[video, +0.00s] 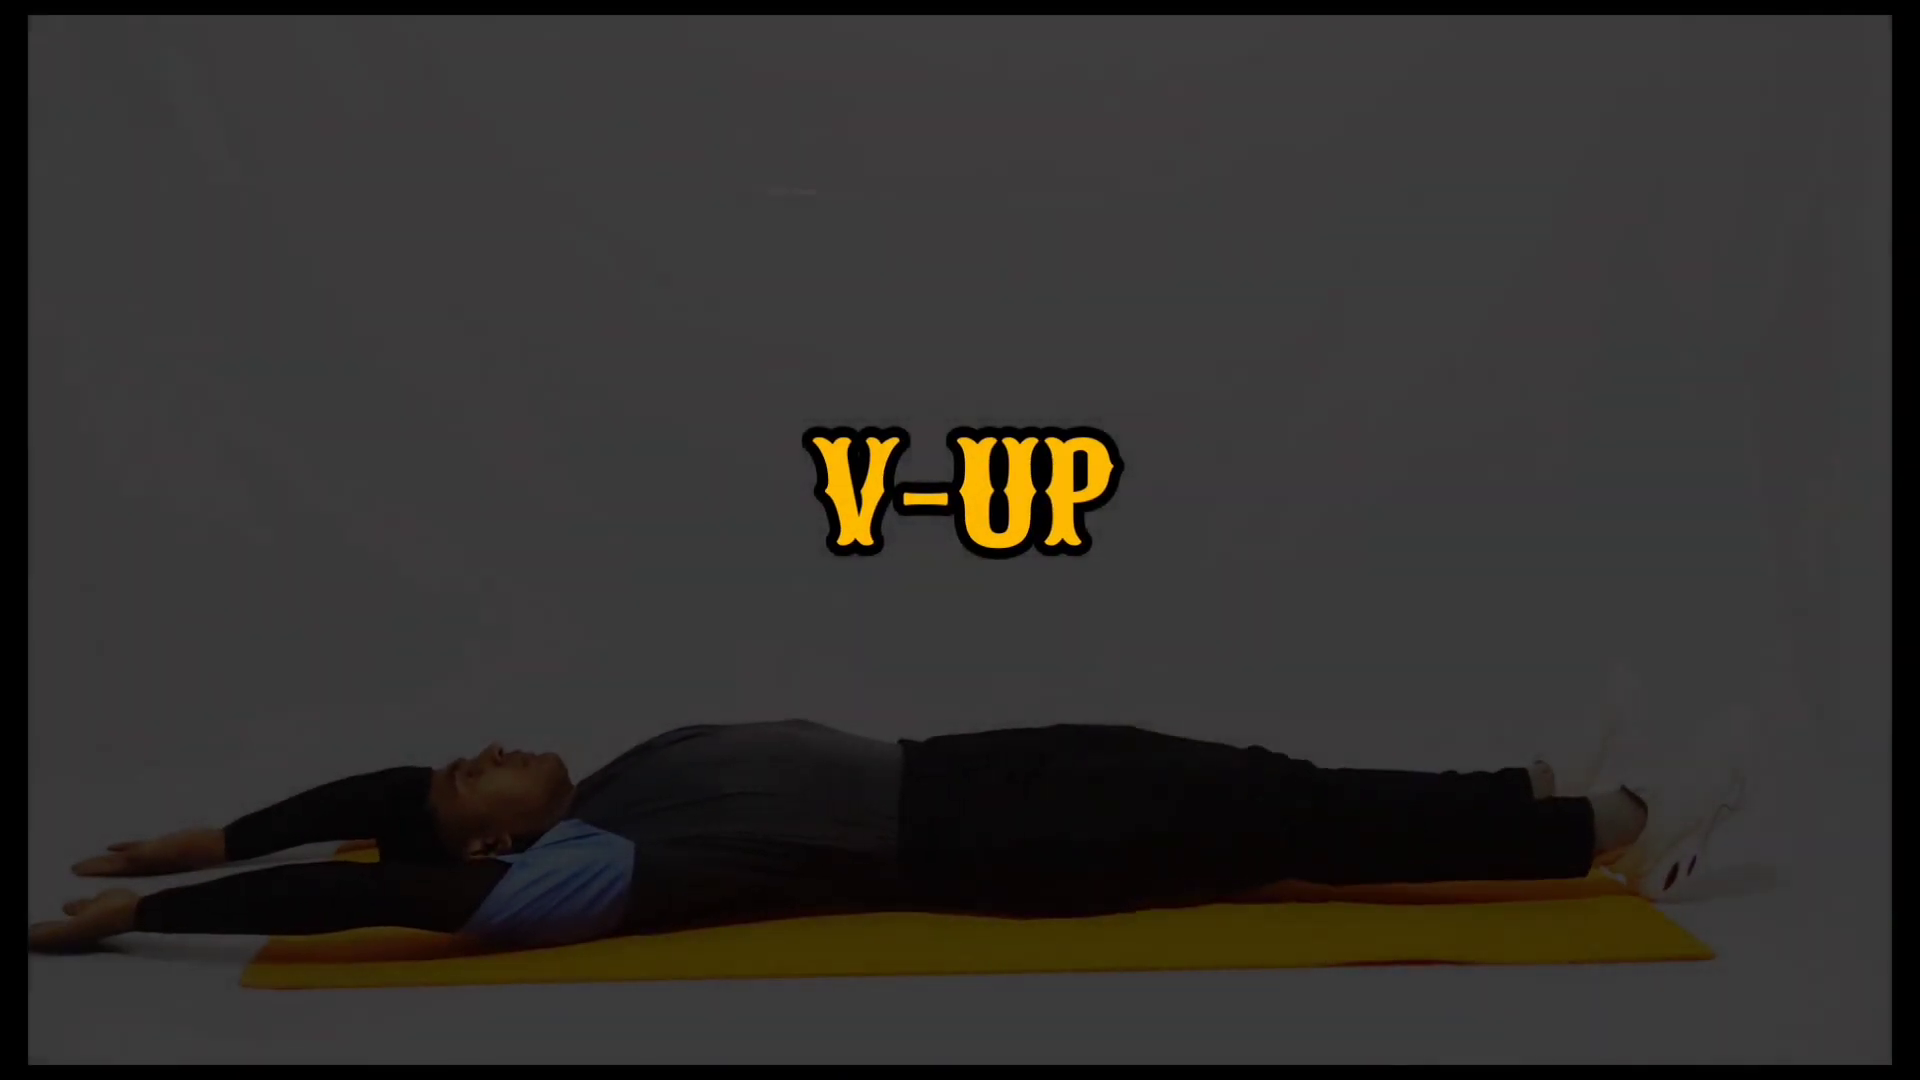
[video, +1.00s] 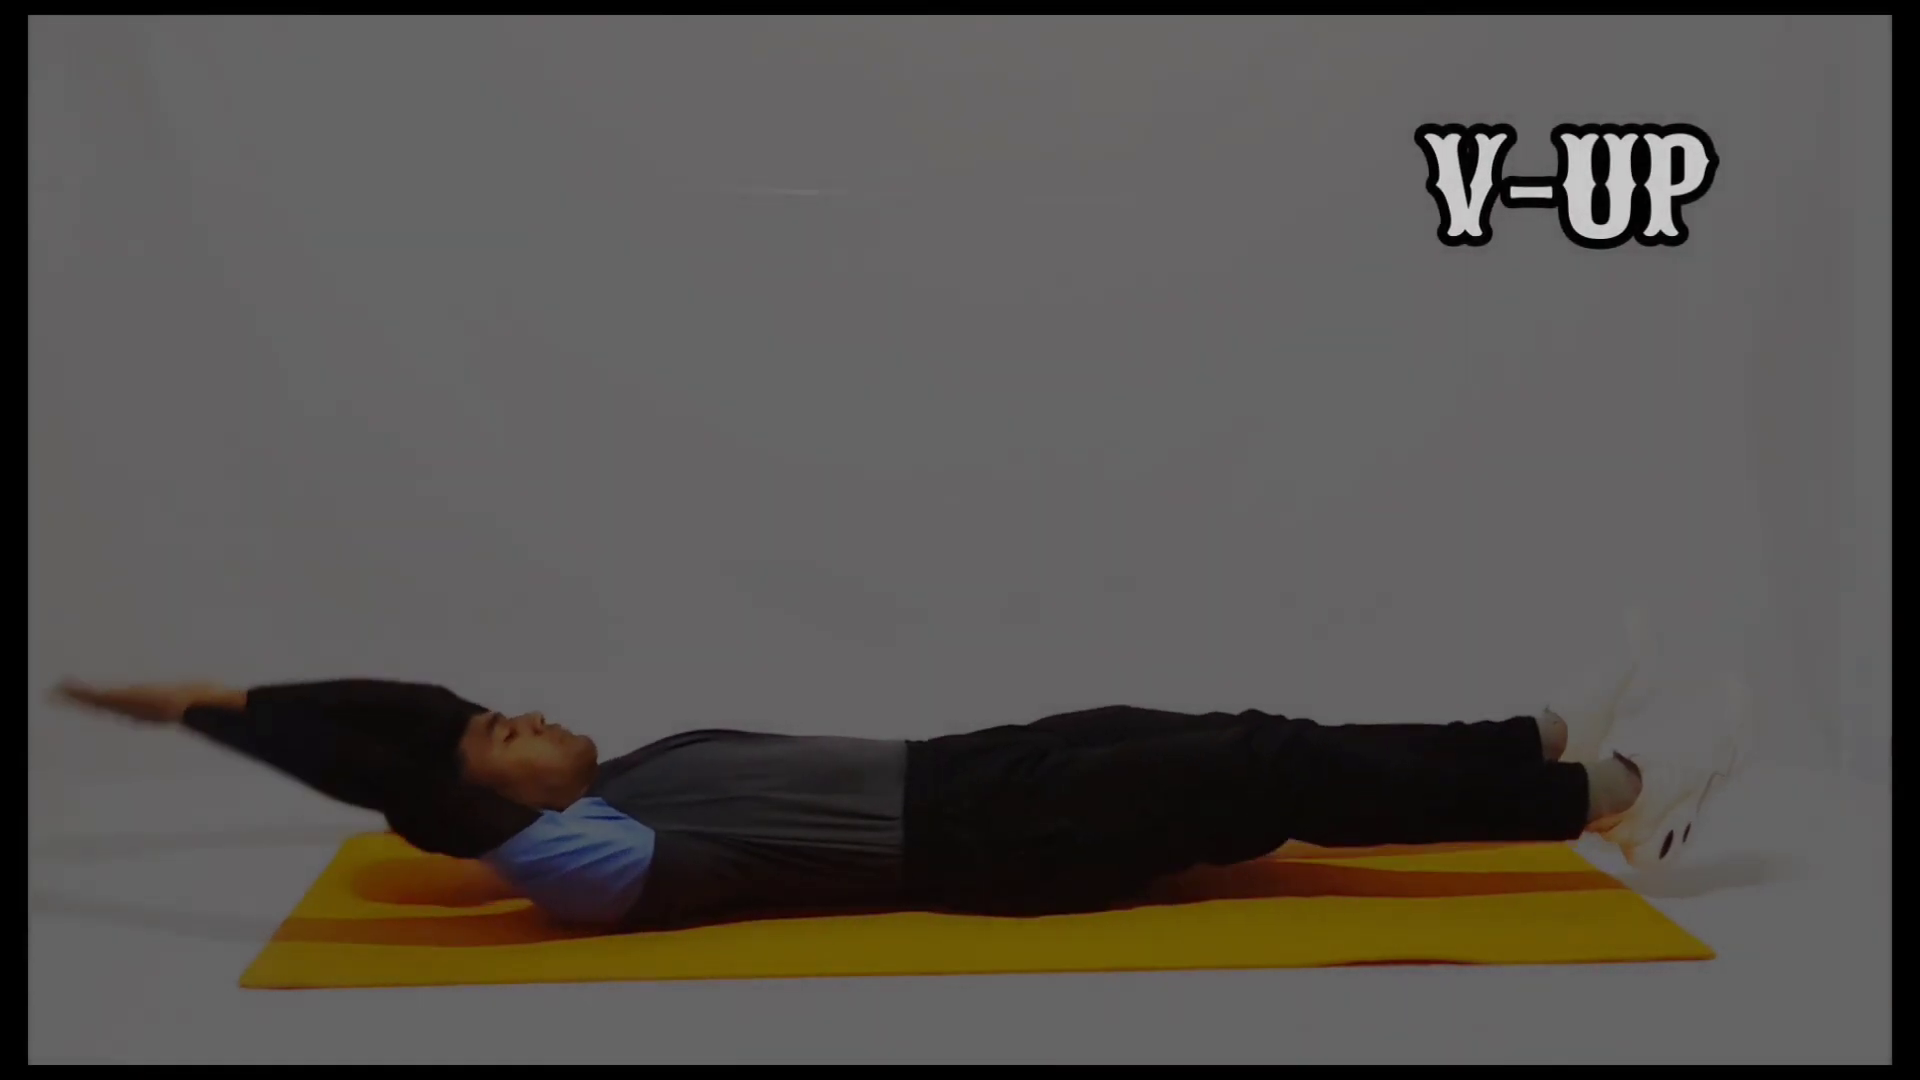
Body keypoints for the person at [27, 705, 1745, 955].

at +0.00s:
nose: (504, 779)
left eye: (488, 771)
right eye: (485, 797)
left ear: (516, 778)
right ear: (489, 845)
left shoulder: (614, 788)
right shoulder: (587, 858)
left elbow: (380, 833)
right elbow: (415, 910)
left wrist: (192, 862)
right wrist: (203, 918)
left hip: (967, 758)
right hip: (956, 826)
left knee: (1240, 766)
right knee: (1245, 817)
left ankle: (1519, 805)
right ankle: (1547, 827)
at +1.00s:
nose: (534, 741)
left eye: (515, 728)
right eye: (505, 754)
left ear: (532, 743)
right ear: (497, 811)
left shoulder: (621, 784)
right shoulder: (602, 852)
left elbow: (397, 741)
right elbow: (501, 850)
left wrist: (208, 704)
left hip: (977, 766)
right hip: (966, 829)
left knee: (1245, 737)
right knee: (1246, 773)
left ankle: (1535, 761)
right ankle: (1553, 784)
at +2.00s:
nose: (647, 585)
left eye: (633, 572)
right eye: (621, 584)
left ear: (586, 638)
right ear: (580, 642)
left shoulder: (632, 706)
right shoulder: (658, 688)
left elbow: (702, 499)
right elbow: (705, 493)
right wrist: (725, 276)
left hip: (940, 796)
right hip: (965, 834)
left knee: (1145, 575)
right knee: (1175, 587)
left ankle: (1374, 369)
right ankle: (1391, 376)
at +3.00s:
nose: (496, 763)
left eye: (473, 759)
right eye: (473, 784)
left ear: (499, 782)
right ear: (478, 842)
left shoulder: (604, 786)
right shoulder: (580, 850)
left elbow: (362, 817)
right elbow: (486, 895)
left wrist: (148, 845)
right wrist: (456, 899)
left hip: (979, 754)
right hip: (958, 824)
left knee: (1258, 757)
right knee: (1250, 811)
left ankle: (1539, 783)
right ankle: (1557, 813)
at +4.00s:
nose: (643, 626)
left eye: (626, 610)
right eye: (616, 621)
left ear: (581, 667)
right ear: (568, 679)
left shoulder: (629, 737)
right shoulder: (653, 729)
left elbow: (730, 548)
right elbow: (748, 551)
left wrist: (762, 357)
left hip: (939, 788)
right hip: (957, 838)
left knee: (1158, 586)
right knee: (1180, 605)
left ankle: (1391, 399)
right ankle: (1415, 411)